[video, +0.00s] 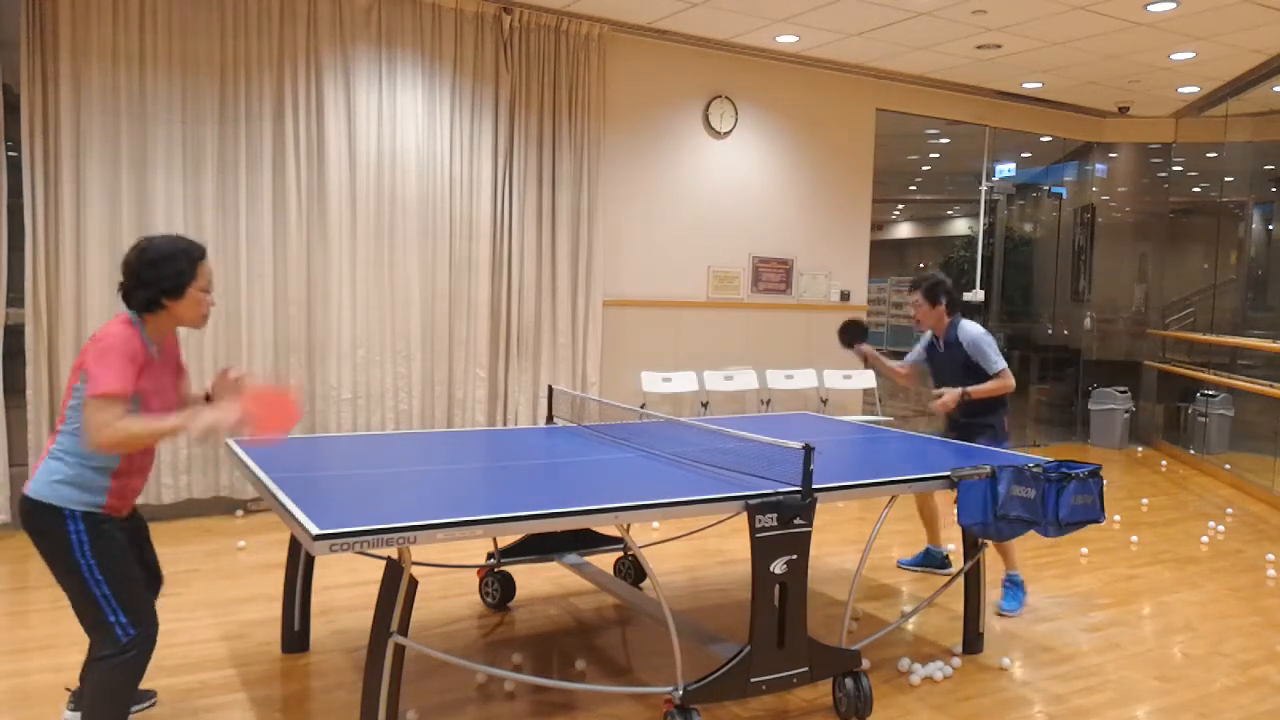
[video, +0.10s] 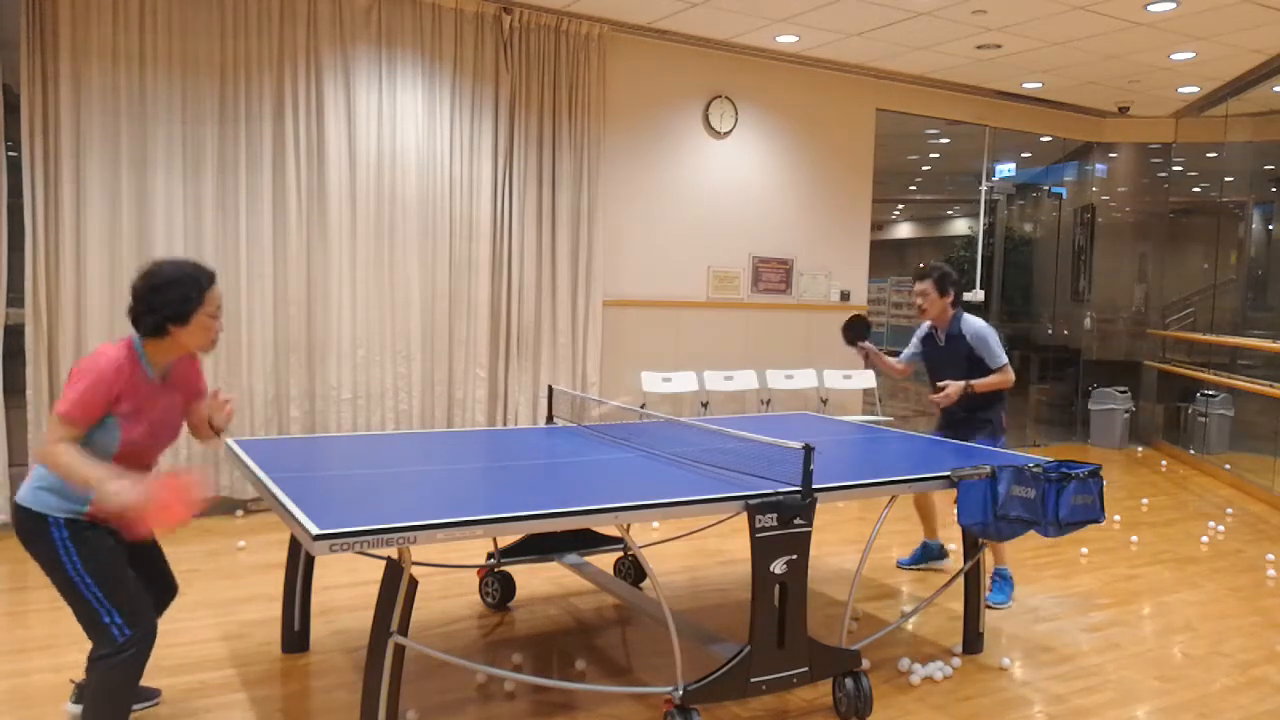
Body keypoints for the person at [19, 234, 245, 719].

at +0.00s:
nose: (210, 302)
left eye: (209, 290)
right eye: (203, 291)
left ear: (168, 297)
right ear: (166, 296)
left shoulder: (166, 342)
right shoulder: (116, 342)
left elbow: (174, 413)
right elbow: (102, 433)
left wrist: (214, 400)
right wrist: (194, 419)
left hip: (111, 502)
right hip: (66, 505)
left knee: (145, 585)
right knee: (129, 631)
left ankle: (99, 691)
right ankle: (97, 711)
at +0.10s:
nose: (220, 326)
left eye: (219, 315)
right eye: (212, 316)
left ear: (181, 324)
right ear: (175, 323)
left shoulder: (186, 367)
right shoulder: (108, 366)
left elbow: (201, 430)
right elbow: (53, 446)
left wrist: (212, 421)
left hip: (106, 508)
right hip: (54, 512)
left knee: (157, 589)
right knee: (128, 628)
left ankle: (101, 686)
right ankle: (101, 708)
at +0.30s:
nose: (232, 358)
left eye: (232, 346)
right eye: (223, 348)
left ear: (189, 354)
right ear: (184, 352)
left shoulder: (190, 391)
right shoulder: (123, 389)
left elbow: (179, 457)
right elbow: (71, 451)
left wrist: (199, 455)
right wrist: (62, 473)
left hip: (109, 526)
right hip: (55, 529)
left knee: (167, 592)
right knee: (145, 637)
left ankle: (105, 690)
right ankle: (108, 709)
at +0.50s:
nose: (211, 293)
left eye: (212, 282)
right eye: (205, 282)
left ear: (168, 281)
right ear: (170, 281)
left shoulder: (135, 325)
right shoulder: (134, 320)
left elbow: (142, 407)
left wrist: (204, 386)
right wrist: (252, 319)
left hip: (72, 500)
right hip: (85, 505)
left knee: (114, 617)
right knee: (150, 633)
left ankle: (103, 700)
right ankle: (106, 712)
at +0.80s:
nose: (205, 287)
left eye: (203, 277)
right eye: (197, 278)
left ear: (161, 286)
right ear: (161, 284)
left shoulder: (132, 331)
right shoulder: (126, 331)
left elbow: (149, 416)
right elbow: (153, 419)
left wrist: (209, 392)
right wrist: (230, 388)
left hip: (67, 510)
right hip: (80, 515)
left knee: (104, 629)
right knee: (149, 648)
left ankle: (65, 714)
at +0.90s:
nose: (215, 302)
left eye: (213, 291)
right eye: (206, 292)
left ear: (172, 301)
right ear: (169, 299)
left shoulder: (164, 351)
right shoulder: (114, 352)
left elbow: (154, 421)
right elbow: (89, 447)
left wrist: (205, 414)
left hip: (109, 517)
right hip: (63, 520)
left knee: (149, 596)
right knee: (141, 647)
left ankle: (68, 709)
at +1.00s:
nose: (226, 331)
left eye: (225, 320)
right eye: (217, 322)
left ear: (185, 328)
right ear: (181, 327)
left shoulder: (185, 374)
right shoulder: (112, 377)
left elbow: (199, 443)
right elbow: (39, 454)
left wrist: (216, 430)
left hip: (107, 519)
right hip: (49, 527)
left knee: (157, 603)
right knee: (142, 650)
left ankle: (115, 703)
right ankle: (101, 714)